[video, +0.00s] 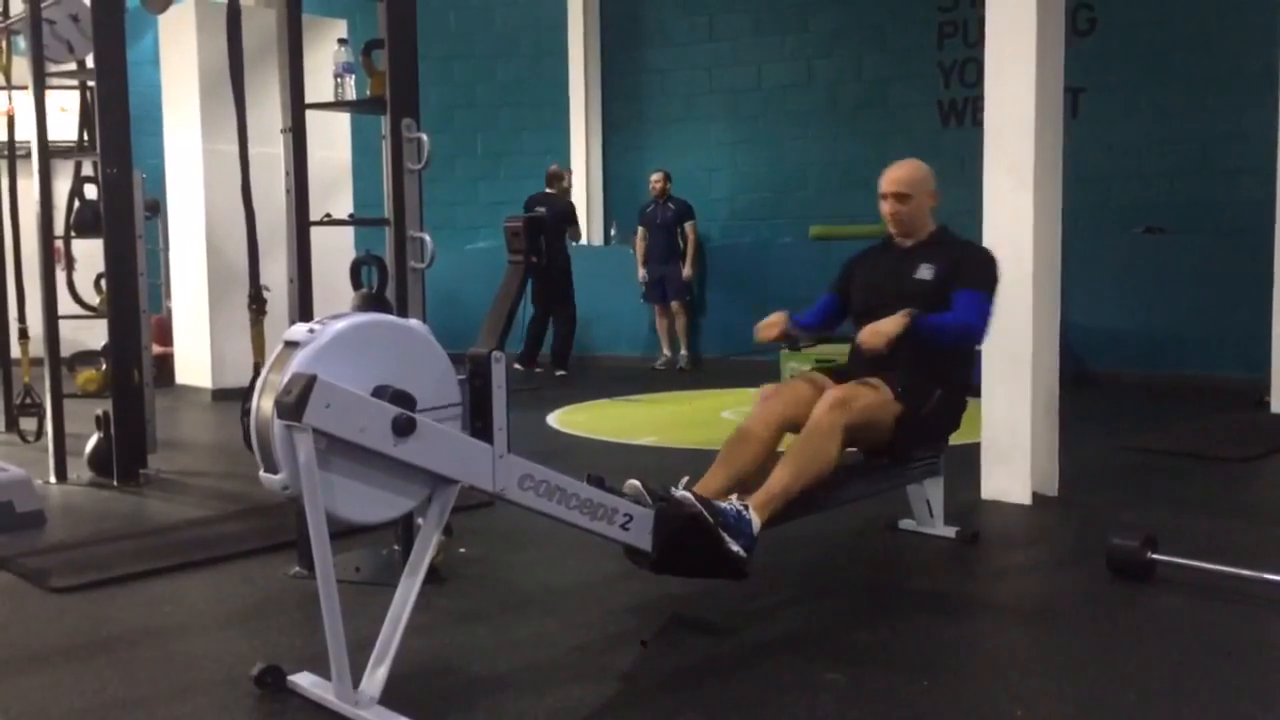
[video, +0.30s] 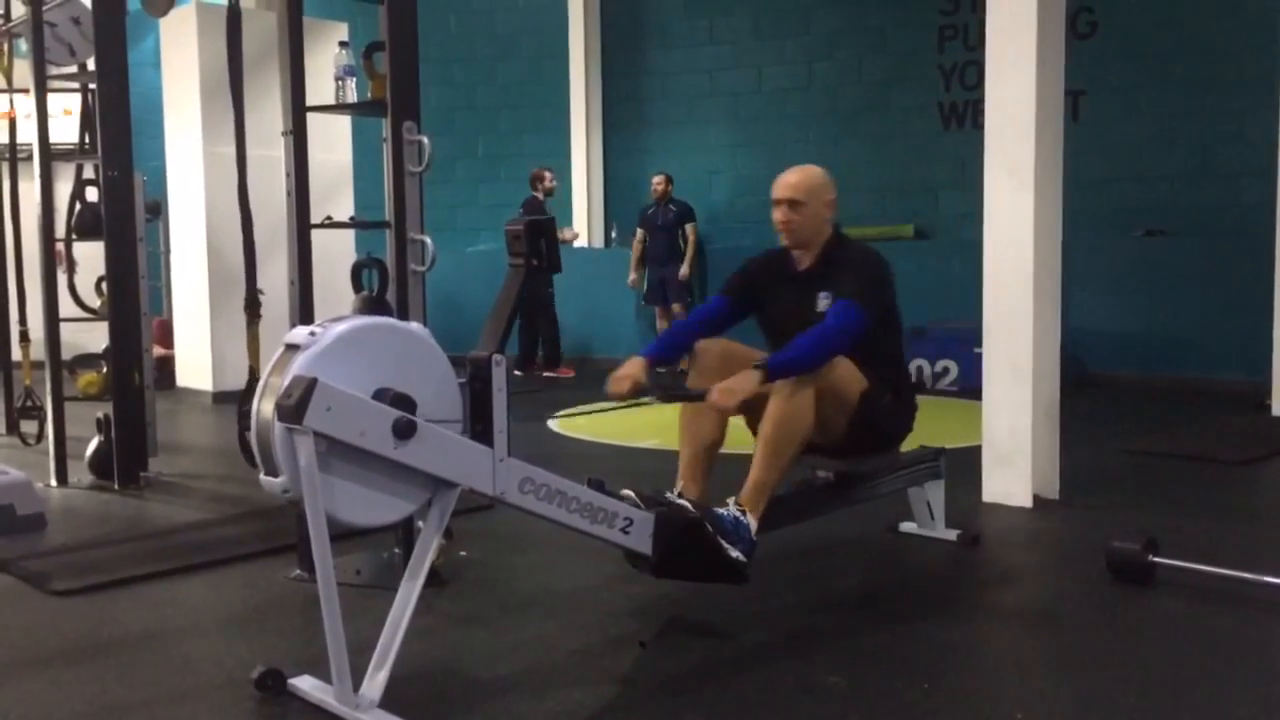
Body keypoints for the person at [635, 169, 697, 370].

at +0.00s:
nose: (653, 186)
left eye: (657, 182)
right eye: (651, 182)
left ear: (667, 184)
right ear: (649, 186)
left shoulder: (681, 206)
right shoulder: (645, 209)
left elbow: (691, 235)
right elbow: (640, 238)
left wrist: (688, 264)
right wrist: (640, 266)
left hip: (675, 265)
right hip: (653, 266)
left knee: (676, 307)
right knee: (660, 310)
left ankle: (683, 351)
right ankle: (665, 352)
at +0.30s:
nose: (654, 188)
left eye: (658, 184)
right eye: (653, 185)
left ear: (669, 187)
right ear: (651, 187)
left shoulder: (682, 208)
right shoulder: (646, 211)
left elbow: (691, 237)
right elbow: (638, 240)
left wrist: (686, 264)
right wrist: (633, 270)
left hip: (676, 268)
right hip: (654, 268)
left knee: (678, 310)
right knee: (660, 312)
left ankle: (684, 356)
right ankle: (664, 358)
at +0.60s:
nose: (655, 189)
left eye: (659, 185)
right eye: (654, 186)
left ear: (670, 188)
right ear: (652, 189)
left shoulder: (683, 209)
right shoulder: (647, 212)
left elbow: (692, 239)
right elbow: (640, 242)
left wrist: (688, 266)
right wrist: (635, 270)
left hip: (677, 270)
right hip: (654, 270)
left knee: (680, 312)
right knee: (658, 313)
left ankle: (682, 358)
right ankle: (666, 357)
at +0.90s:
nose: (656, 191)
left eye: (660, 187)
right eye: (654, 187)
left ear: (670, 190)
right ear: (653, 190)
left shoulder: (683, 212)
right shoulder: (647, 215)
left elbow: (692, 241)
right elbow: (640, 243)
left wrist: (688, 268)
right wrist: (639, 271)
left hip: (676, 271)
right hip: (655, 272)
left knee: (678, 313)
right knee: (660, 315)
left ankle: (684, 358)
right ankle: (666, 358)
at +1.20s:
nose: (657, 192)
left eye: (661, 188)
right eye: (656, 189)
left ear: (671, 191)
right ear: (655, 192)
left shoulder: (684, 214)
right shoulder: (649, 216)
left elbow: (693, 244)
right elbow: (641, 245)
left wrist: (689, 271)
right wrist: (636, 273)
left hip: (677, 272)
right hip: (656, 273)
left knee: (678, 315)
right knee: (661, 316)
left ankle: (684, 360)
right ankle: (666, 359)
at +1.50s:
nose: (658, 193)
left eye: (662, 189)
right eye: (657, 189)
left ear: (672, 192)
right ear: (656, 192)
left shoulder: (685, 215)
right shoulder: (650, 217)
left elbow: (694, 245)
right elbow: (643, 246)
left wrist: (690, 272)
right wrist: (640, 275)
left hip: (678, 273)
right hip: (656, 273)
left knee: (678, 315)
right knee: (661, 317)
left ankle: (685, 360)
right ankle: (666, 359)